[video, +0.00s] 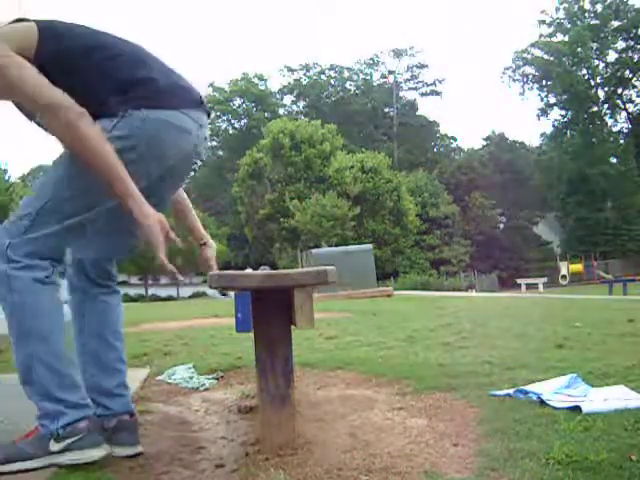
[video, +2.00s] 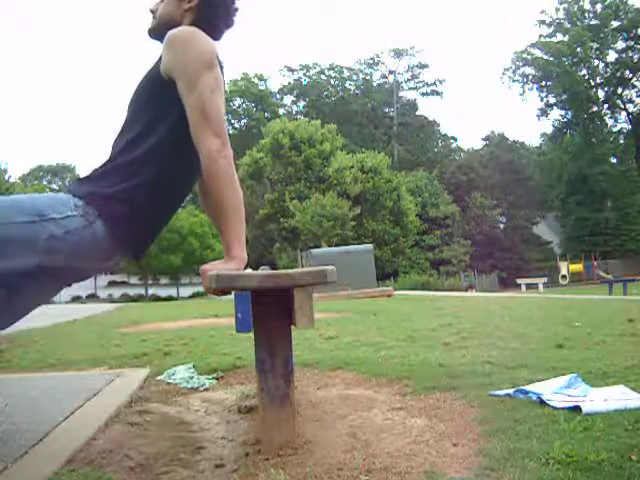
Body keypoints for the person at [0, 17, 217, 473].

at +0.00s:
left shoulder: (8, 51)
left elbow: (64, 113)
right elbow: (147, 151)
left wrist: (139, 208)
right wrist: (200, 235)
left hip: (145, 122)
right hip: (192, 127)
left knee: (21, 250)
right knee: (91, 267)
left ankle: (65, 421)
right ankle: (114, 414)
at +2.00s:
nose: (154, 5)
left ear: (189, 6)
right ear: (189, 9)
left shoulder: (188, 42)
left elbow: (216, 148)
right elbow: (207, 175)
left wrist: (236, 255)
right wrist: (237, 251)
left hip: (90, 219)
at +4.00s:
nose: (78, 40)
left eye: (88, 31)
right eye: (84, 31)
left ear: (113, 39)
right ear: (112, 41)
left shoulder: (124, 80)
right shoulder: (136, 87)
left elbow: (209, 150)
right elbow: (200, 177)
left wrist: (233, 256)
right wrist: (234, 253)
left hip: (107, 267)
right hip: (111, 268)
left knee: (3, 326)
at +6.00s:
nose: (62, 121)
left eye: (70, 108)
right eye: (65, 108)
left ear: (98, 110)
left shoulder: (114, 137)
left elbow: (220, 154)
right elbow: (219, 189)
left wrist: (238, 258)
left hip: (134, 324)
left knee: (3, 332)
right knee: (7, 323)